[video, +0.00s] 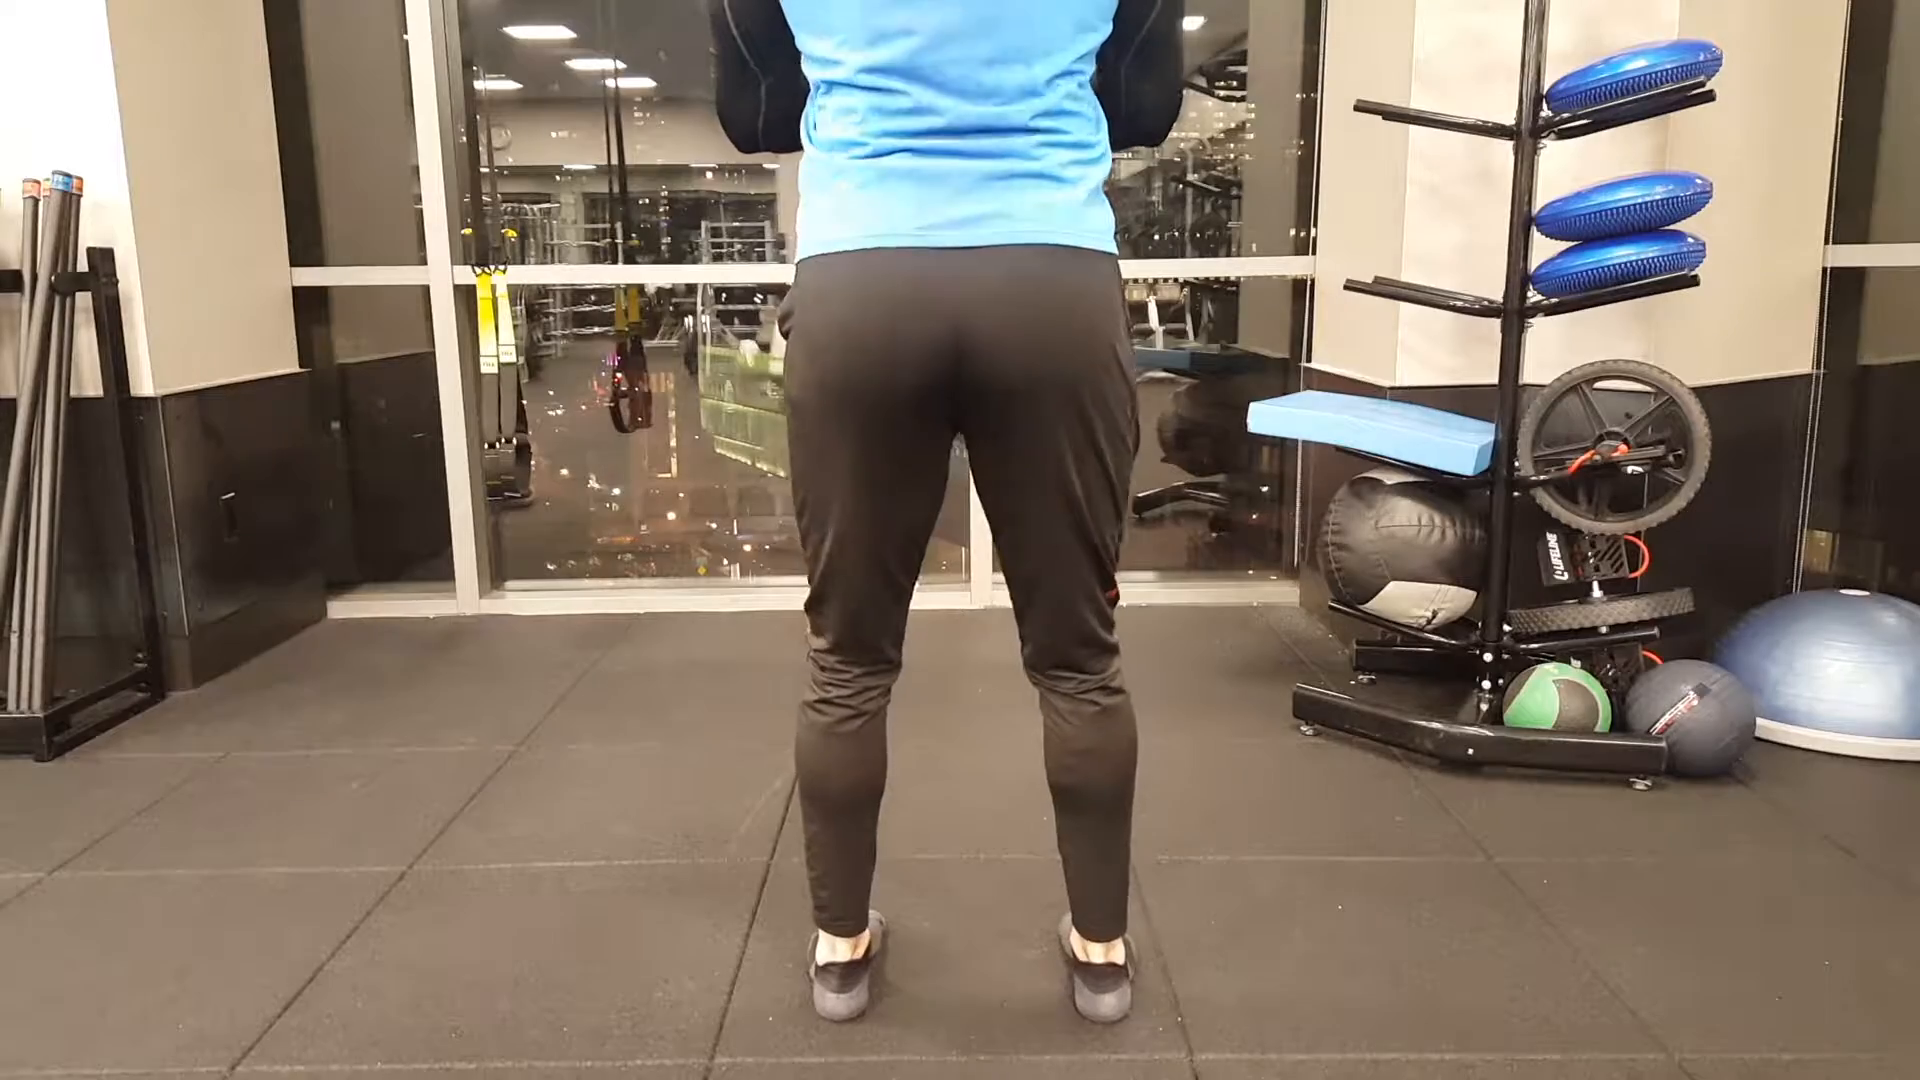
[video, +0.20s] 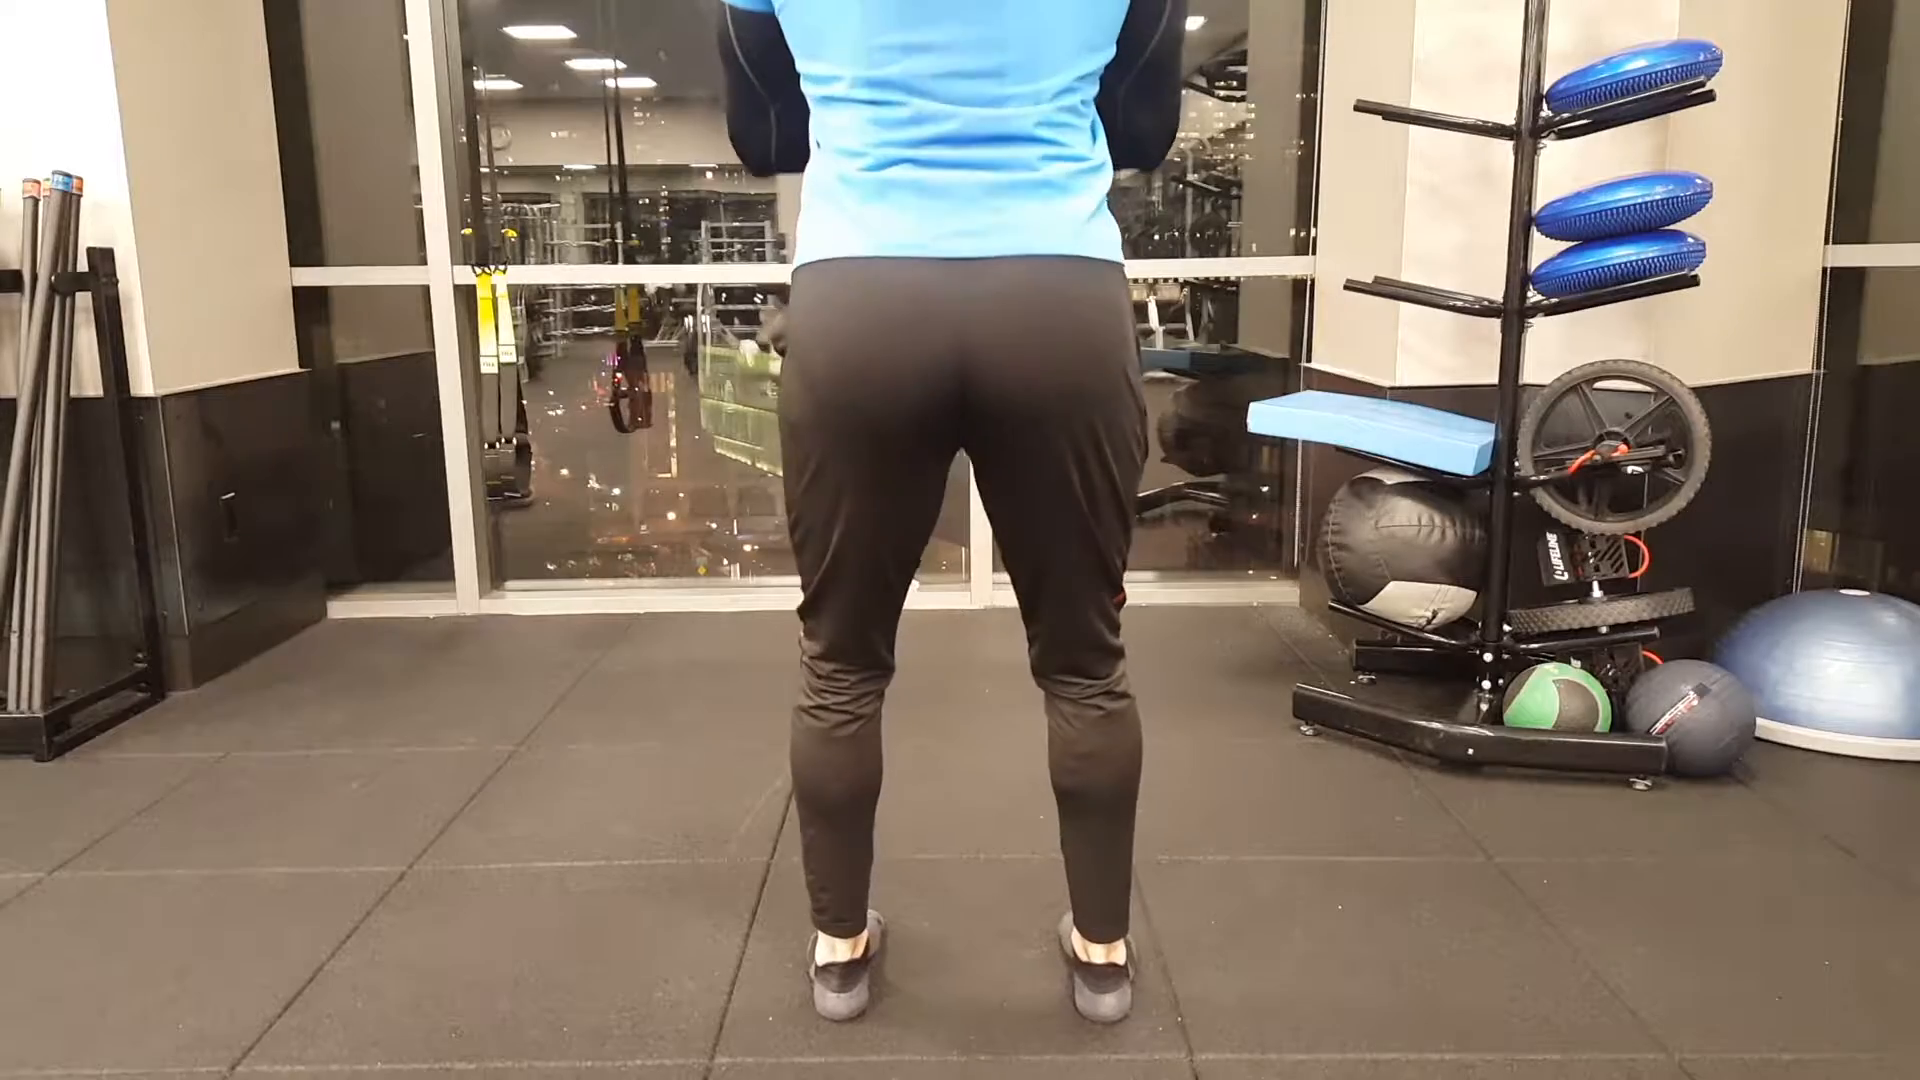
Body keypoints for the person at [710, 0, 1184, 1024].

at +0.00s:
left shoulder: (779, 3)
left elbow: (756, 117)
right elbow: (1146, 107)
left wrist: (887, 84)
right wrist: (1010, 101)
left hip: (859, 280)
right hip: (1053, 279)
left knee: (848, 652)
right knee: (1076, 649)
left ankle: (839, 955)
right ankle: (1102, 959)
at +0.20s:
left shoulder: (776, 4)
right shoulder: (1125, 2)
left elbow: (768, 140)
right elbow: (1142, 134)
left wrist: (894, 98)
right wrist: (1023, 93)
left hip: (857, 298)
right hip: (1058, 297)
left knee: (842, 657)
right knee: (1082, 654)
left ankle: (839, 953)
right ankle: (1103, 959)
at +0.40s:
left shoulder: (771, 4)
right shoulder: (1131, 2)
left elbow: (773, 167)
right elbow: (1138, 161)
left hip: (855, 311)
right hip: (1067, 312)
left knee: (842, 666)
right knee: (1086, 664)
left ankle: (839, 955)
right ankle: (1105, 959)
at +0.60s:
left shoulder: (770, 4)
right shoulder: (1131, 2)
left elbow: (775, 186)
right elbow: (1137, 177)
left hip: (852, 325)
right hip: (1069, 326)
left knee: (838, 668)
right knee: (1092, 665)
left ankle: (837, 954)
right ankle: (1107, 957)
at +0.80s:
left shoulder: (764, 9)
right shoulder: (1129, 9)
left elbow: (783, 229)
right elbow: (1128, 225)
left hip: (847, 410)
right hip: (1070, 409)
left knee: (820, 665)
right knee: (1104, 663)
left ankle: (836, 953)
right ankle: (1106, 955)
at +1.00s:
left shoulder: (775, 83)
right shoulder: (1128, 68)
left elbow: (780, 289)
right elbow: (1118, 286)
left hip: (843, 560)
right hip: (1076, 560)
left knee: (798, 671)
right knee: (1122, 666)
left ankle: (835, 951)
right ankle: (1106, 953)